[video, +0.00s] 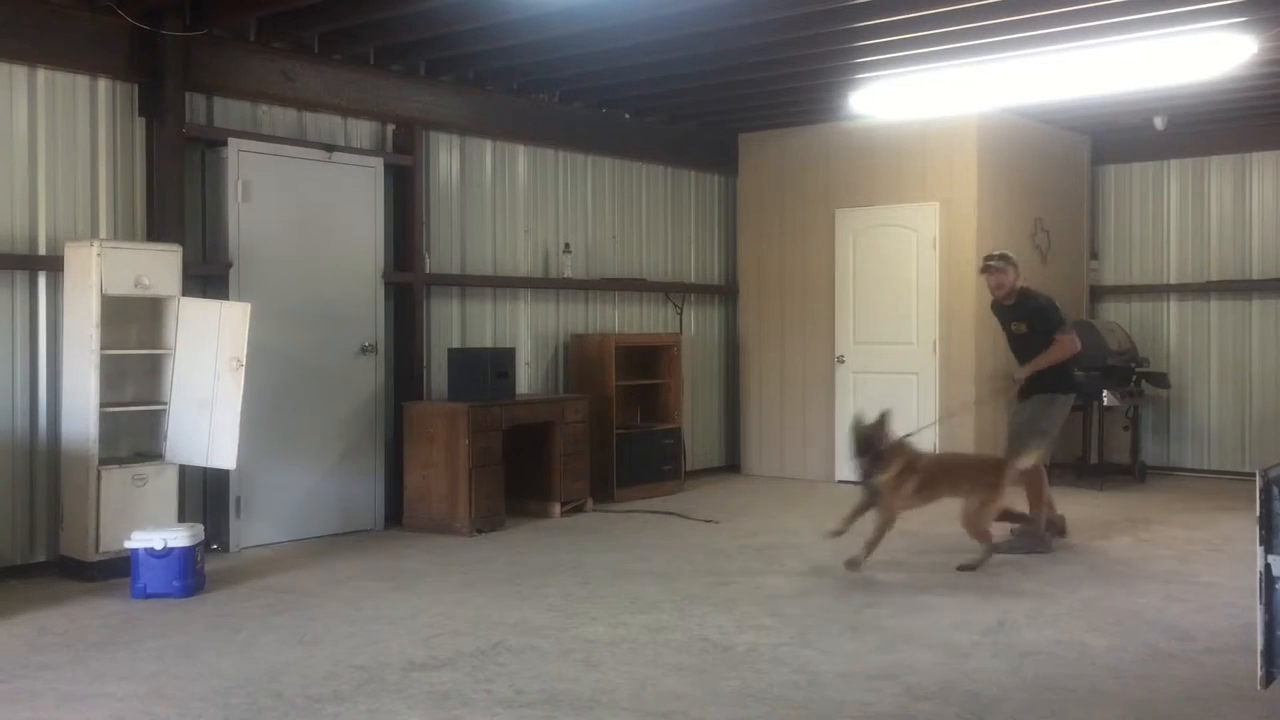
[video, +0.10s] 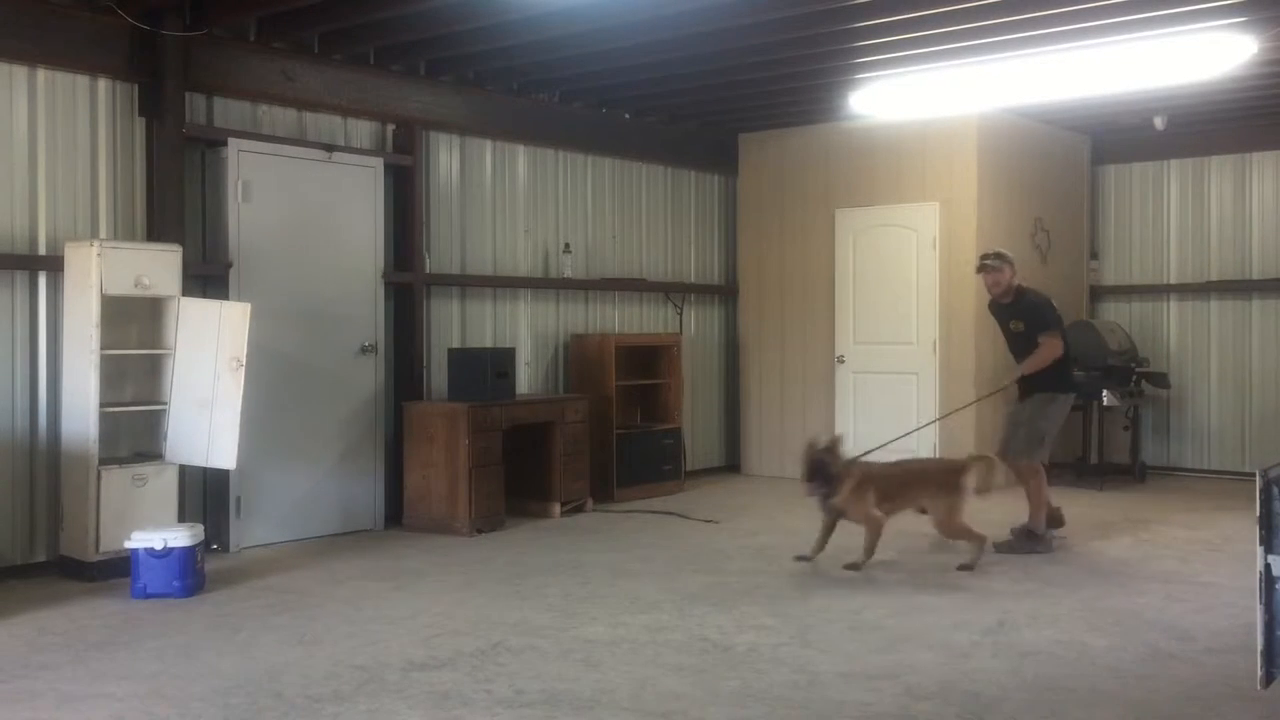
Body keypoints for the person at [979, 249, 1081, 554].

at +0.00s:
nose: (995, 280)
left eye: (1001, 272)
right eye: (990, 274)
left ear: (1016, 275)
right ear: (985, 279)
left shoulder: (1038, 304)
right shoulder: (998, 308)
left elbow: (1070, 344)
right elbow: (1028, 342)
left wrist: (1028, 368)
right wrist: (1026, 375)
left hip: (1056, 388)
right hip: (1031, 388)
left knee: (1030, 455)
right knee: (1021, 455)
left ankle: (1036, 531)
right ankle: (1050, 518)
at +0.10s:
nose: (991, 279)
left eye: (997, 272)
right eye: (986, 274)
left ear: (1012, 273)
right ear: (982, 279)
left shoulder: (1034, 303)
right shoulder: (996, 307)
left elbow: (1054, 347)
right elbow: (1023, 342)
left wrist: (1018, 373)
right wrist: (1024, 380)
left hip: (1055, 387)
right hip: (1032, 387)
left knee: (1027, 455)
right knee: (1010, 452)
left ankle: (1037, 532)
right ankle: (1047, 512)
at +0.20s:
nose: (986, 277)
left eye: (992, 270)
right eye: (981, 272)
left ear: (1008, 272)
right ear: (978, 277)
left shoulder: (1025, 302)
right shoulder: (994, 305)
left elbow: (1032, 355)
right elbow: (1019, 346)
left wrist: (990, 378)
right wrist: (1012, 375)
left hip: (1051, 387)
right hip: (1026, 386)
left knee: (1024, 455)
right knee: (996, 449)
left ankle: (1037, 533)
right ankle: (1038, 509)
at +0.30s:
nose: (978, 274)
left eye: (984, 268)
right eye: (973, 269)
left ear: (1000, 270)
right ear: (969, 275)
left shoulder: (1014, 299)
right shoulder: (988, 303)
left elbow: (1013, 355)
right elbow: (1010, 349)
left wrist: (974, 386)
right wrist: (1000, 375)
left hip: (1043, 387)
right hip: (1019, 386)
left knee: (1016, 457)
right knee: (989, 446)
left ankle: (1037, 533)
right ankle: (1013, 517)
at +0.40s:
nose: (964, 274)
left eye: (971, 268)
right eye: (960, 269)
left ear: (986, 270)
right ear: (958, 275)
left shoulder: (1000, 299)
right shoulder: (979, 302)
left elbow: (1002, 354)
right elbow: (999, 351)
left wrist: (965, 387)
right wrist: (982, 380)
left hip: (1031, 388)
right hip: (1010, 388)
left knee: (1006, 458)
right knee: (983, 450)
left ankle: (1034, 530)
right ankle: (981, 523)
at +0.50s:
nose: (953, 278)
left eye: (959, 271)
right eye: (948, 273)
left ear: (974, 273)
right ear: (945, 279)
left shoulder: (988, 301)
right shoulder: (967, 307)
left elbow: (993, 355)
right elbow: (987, 352)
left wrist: (956, 387)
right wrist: (979, 379)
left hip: (1018, 389)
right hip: (997, 389)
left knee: (986, 453)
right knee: (967, 450)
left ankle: (1021, 518)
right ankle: (972, 524)